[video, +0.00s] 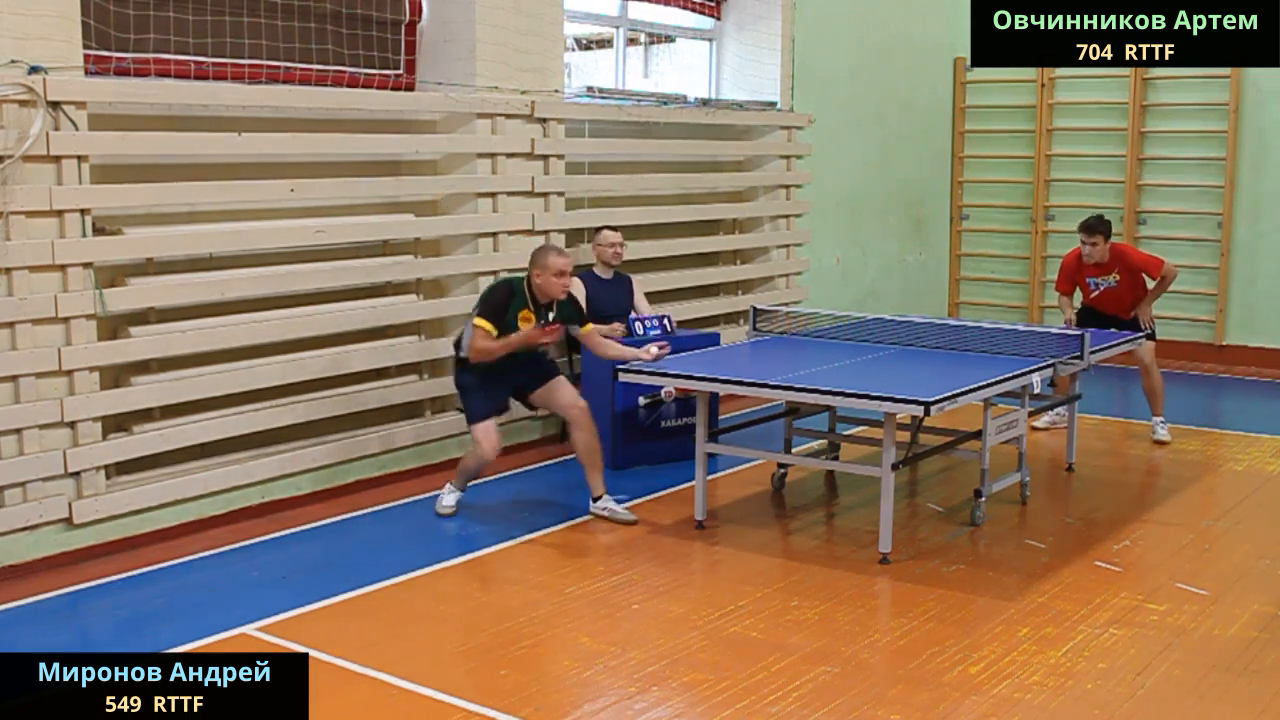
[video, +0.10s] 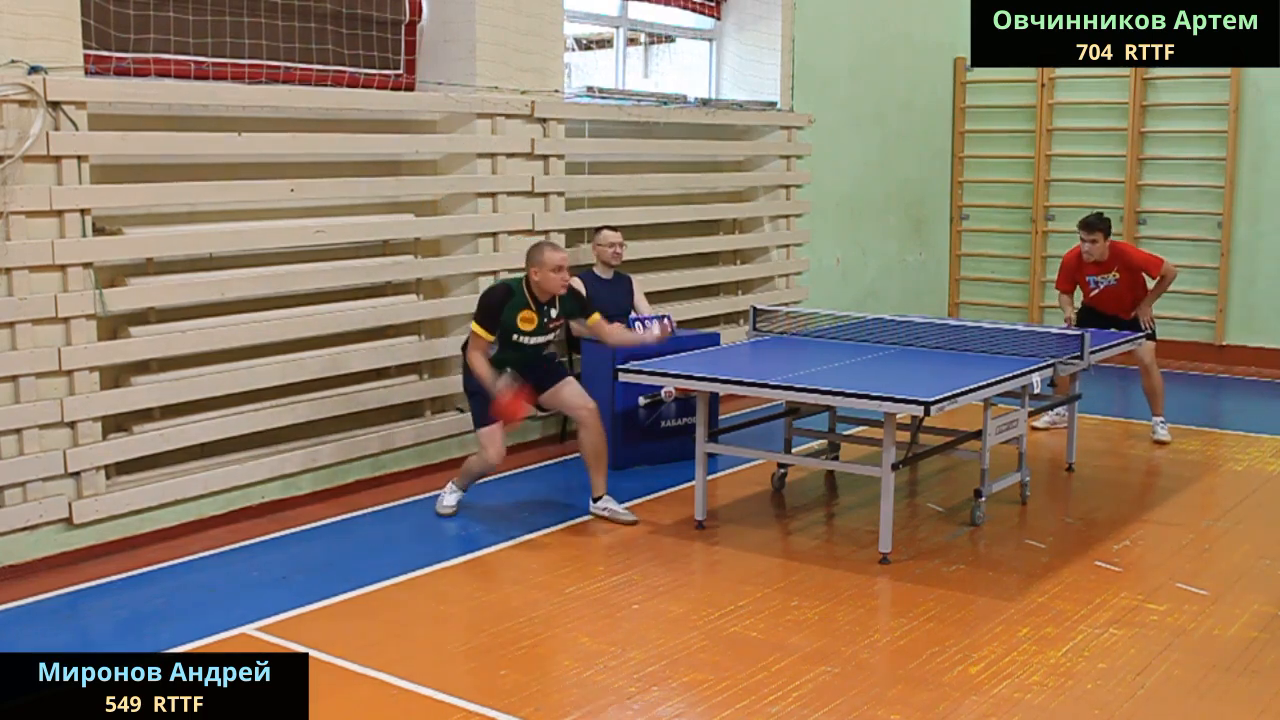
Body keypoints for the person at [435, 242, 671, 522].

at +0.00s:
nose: (568, 282)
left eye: (570, 275)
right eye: (560, 276)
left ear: (570, 274)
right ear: (537, 276)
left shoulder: (565, 302)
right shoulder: (501, 293)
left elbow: (597, 344)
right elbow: (476, 351)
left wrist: (639, 353)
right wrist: (524, 339)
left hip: (526, 361)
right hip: (481, 368)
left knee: (578, 410)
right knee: (488, 450)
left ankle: (599, 498)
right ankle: (455, 487)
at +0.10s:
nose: (566, 277)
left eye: (567, 270)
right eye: (558, 271)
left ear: (568, 269)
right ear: (534, 273)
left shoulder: (567, 296)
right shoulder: (499, 297)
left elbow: (608, 333)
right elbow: (475, 352)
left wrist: (647, 336)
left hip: (535, 363)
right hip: (491, 367)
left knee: (587, 411)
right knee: (493, 457)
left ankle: (599, 498)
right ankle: (457, 487)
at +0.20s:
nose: (562, 263)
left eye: (562, 255)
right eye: (554, 257)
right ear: (530, 262)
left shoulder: (568, 285)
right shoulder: (497, 289)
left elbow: (611, 313)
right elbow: (464, 337)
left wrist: (639, 300)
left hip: (540, 365)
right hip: (494, 371)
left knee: (590, 411)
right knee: (492, 455)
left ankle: (600, 498)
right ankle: (456, 488)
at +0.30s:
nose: (558, 248)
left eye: (558, 240)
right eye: (549, 241)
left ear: (556, 243)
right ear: (525, 247)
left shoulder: (565, 271)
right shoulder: (493, 275)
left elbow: (613, 298)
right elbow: (445, 312)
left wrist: (634, 289)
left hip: (541, 359)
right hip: (495, 365)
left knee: (588, 410)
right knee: (489, 451)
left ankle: (600, 498)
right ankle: (454, 488)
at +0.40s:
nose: (556, 239)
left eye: (558, 232)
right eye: (547, 233)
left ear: (559, 234)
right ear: (525, 237)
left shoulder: (568, 264)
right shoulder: (495, 263)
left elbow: (609, 287)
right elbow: (438, 283)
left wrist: (635, 286)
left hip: (538, 350)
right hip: (491, 357)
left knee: (592, 399)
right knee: (484, 444)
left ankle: (603, 488)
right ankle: (454, 490)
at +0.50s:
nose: (564, 239)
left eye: (568, 232)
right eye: (555, 233)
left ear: (572, 235)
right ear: (535, 236)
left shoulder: (577, 268)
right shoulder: (511, 257)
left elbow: (610, 290)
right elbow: (457, 272)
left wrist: (638, 291)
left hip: (539, 348)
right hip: (492, 354)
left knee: (597, 387)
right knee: (483, 445)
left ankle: (587, 476)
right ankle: (455, 489)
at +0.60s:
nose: (586, 248)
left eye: (590, 241)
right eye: (577, 241)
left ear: (594, 244)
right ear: (558, 244)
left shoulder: (588, 276)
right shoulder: (536, 260)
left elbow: (615, 304)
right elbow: (476, 264)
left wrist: (636, 303)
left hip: (542, 351)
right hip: (497, 354)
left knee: (594, 404)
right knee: (487, 445)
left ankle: (583, 494)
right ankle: (455, 488)